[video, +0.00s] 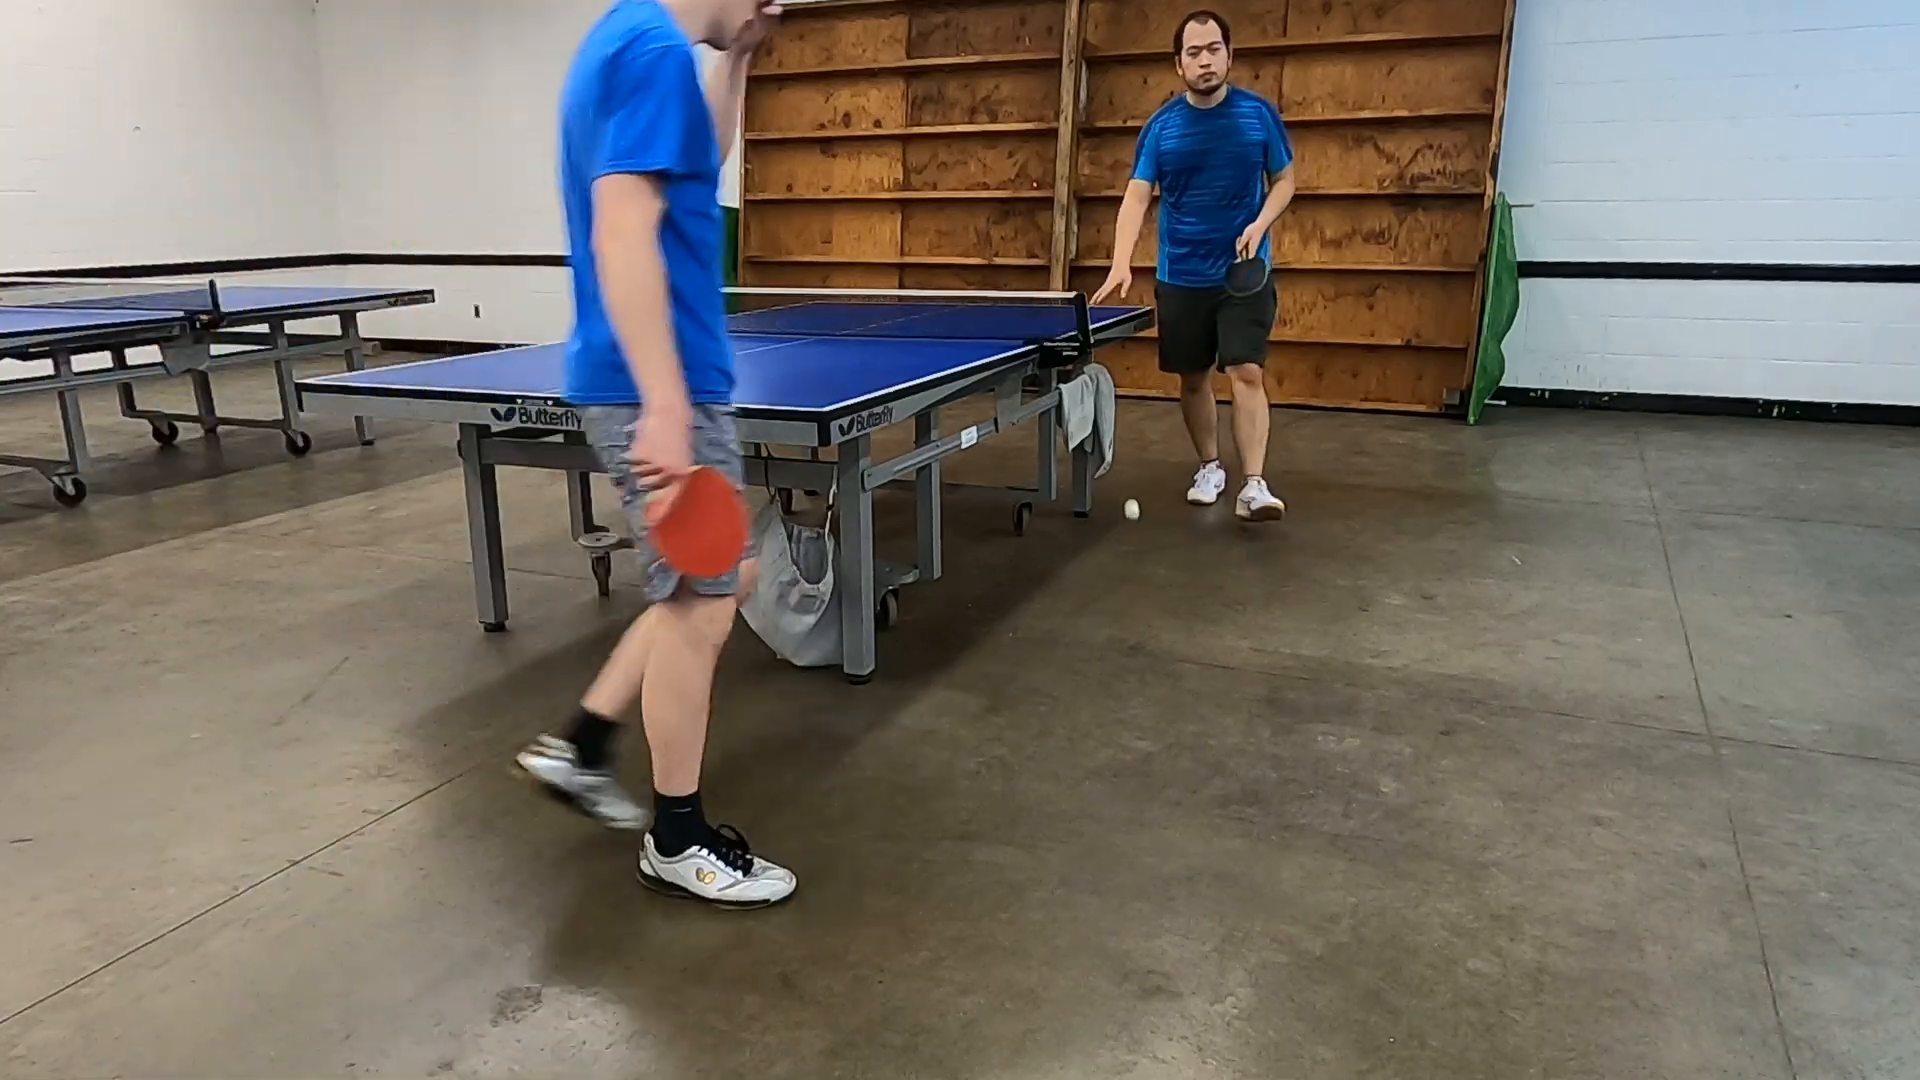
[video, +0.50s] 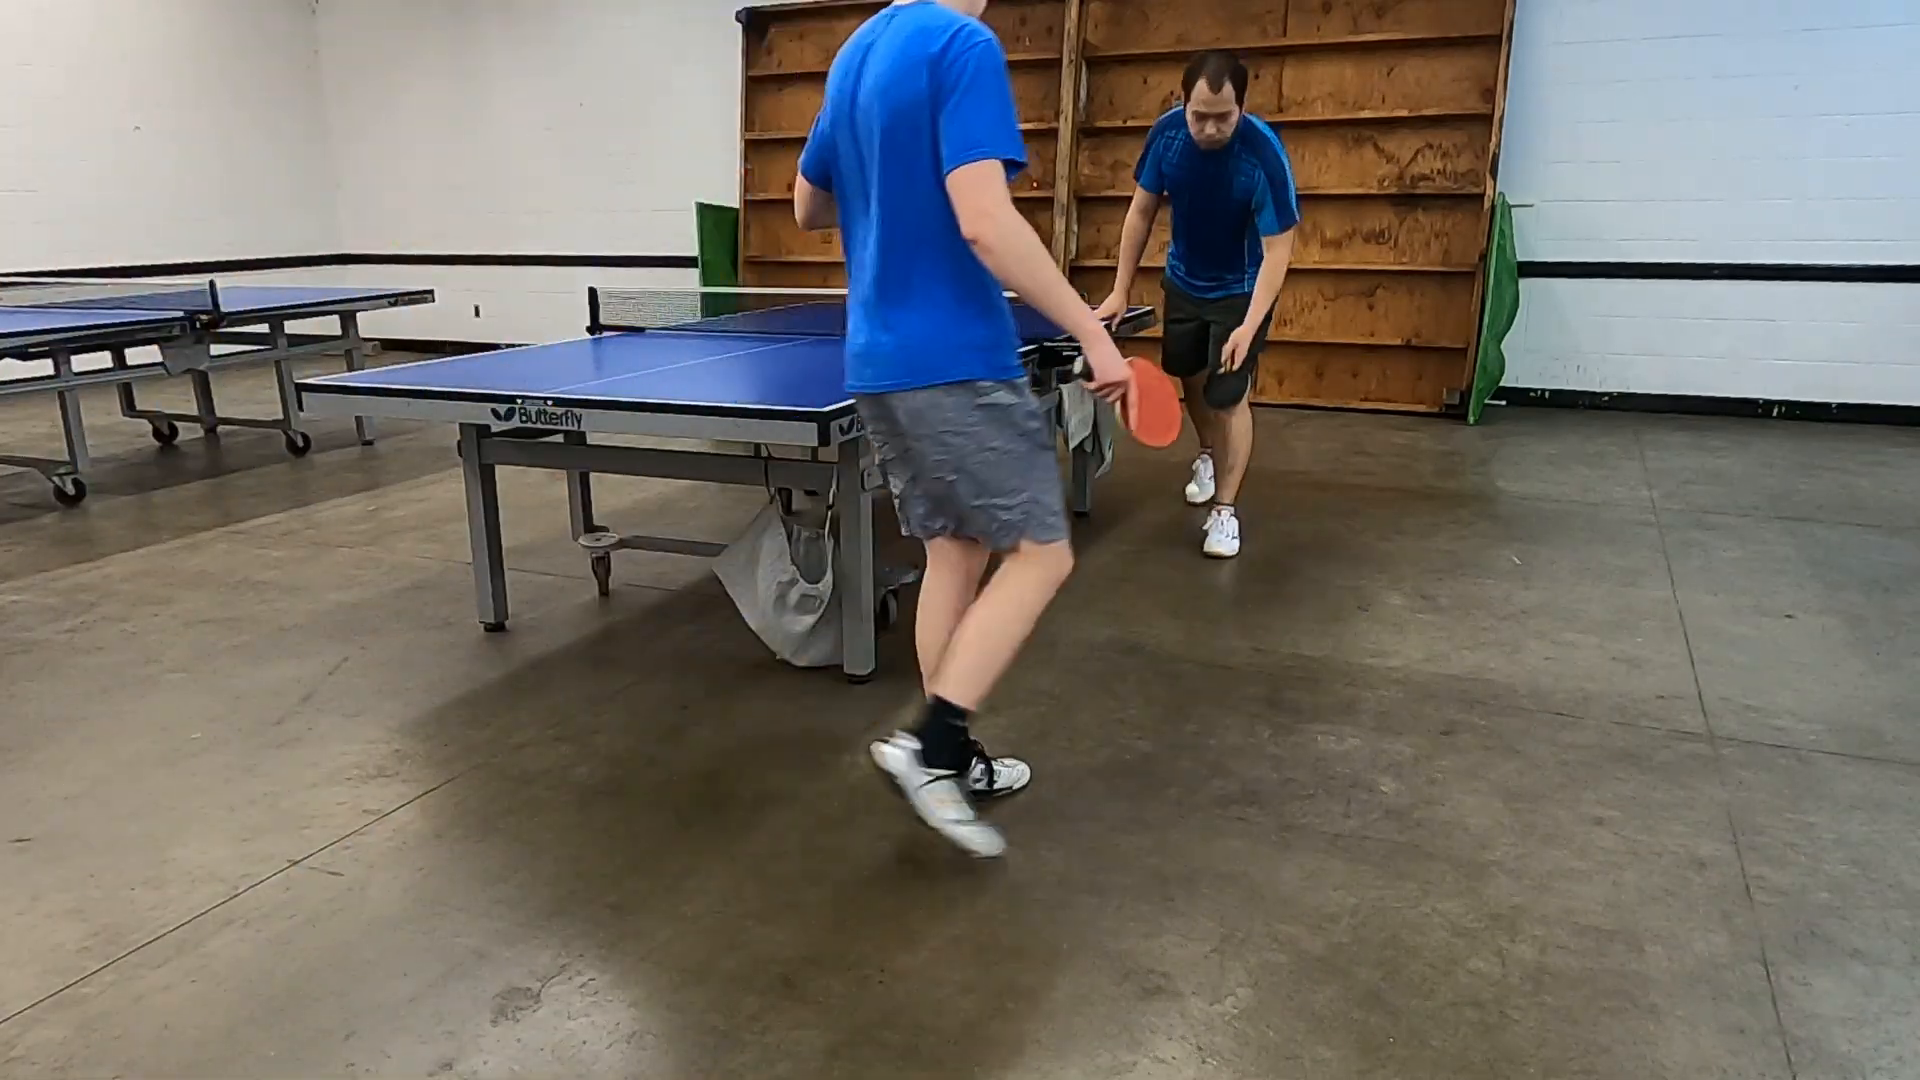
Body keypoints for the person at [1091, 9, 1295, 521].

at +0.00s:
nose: (1205, 60)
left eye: (1213, 48)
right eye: (1194, 52)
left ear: (1229, 54)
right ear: (1179, 63)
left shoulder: (1259, 115)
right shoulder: (1161, 127)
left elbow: (1284, 180)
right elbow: (1136, 199)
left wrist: (1261, 223)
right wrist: (1121, 264)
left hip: (1244, 268)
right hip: (1180, 275)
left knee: (1247, 370)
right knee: (1194, 378)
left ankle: (1254, 483)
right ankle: (1209, 468)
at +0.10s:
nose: (1206, 68)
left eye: (1216, 56)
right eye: (1195, 59)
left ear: (1233, 60)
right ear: (1181, 68)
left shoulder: (1263, 120)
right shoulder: (1163, 132)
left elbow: (1290, 186)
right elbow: (1135, 207)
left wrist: (1262, 235)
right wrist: (1113, 276)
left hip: (1243, 275)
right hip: (1180, 280)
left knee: (1237, 379)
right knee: (1193, 382)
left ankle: (1238, 488)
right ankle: (1209, 466)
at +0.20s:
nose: (1209, 79)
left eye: (1219, 67)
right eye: (1198, 69)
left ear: (1238, 67)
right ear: (1184, 73)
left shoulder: (1267, 128)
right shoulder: (1166, 133)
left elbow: (1292, 201)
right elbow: (1137, 209)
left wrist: (1260, 253)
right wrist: (1118, 289)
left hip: (1240, 285)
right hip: (1179, 285)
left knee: (1231, 392)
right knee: (1191, 388)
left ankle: (1228, 503)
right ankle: (1209, 465)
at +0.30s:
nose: (1213, 90)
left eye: (1224, 78)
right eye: (1203, 78)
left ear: (1243, 75)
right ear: (1189, 76)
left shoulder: (1270, 134)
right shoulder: (1170, 129)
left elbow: (1291, 216)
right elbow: (1143, 209)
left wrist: (1256, 273)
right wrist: (1120, 291)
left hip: (1241, 285)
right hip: (1180, 285)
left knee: (1231, 395)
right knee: (1190, 389)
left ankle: (1227, 507)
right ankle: (1208, 463)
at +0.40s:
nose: (1211, 104)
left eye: (1224, 93)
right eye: (1202, 91)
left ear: (1246, 83)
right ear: (1188, 81)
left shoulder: (1268, 140)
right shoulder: (1169, 127)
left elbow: (1285, 227)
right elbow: (1140, 207)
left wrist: (1252, 296)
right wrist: (1119, 288)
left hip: (1240, 287)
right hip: (1180, 283)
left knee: (1228, 393)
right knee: (1188, 384)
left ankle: (1226, 508)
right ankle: (1207, 460)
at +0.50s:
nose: (1209, 128)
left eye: (1222, 117)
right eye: (1199, 116)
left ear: (1241, 106)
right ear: (1183, 101)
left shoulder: (1264, 154)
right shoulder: (1167, 133)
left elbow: (1277, 251)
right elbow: (1140, 212)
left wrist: (1248, 329)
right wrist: (1120, 292)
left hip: (1239, 292)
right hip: (1183, 283)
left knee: (1227, 397)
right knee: (1190, 381)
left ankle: (1226, 509)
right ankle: (1211, 454)